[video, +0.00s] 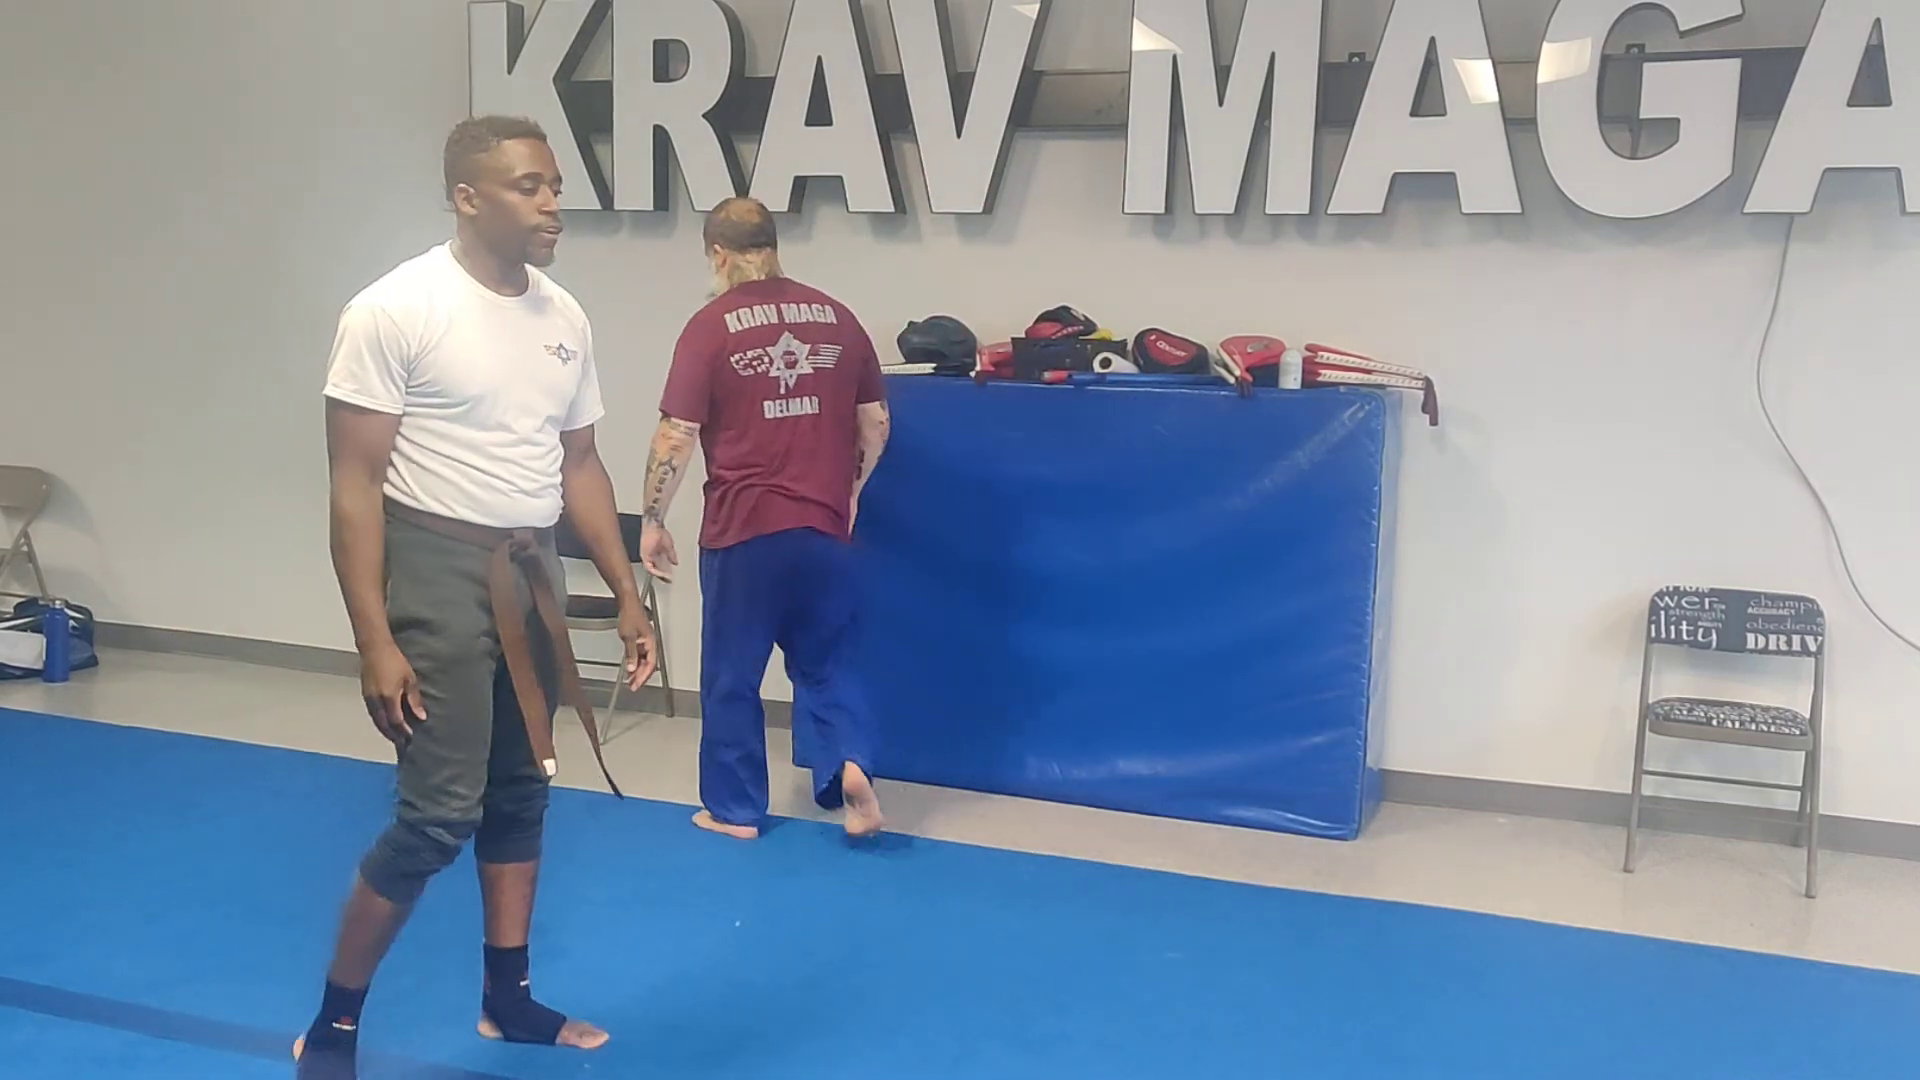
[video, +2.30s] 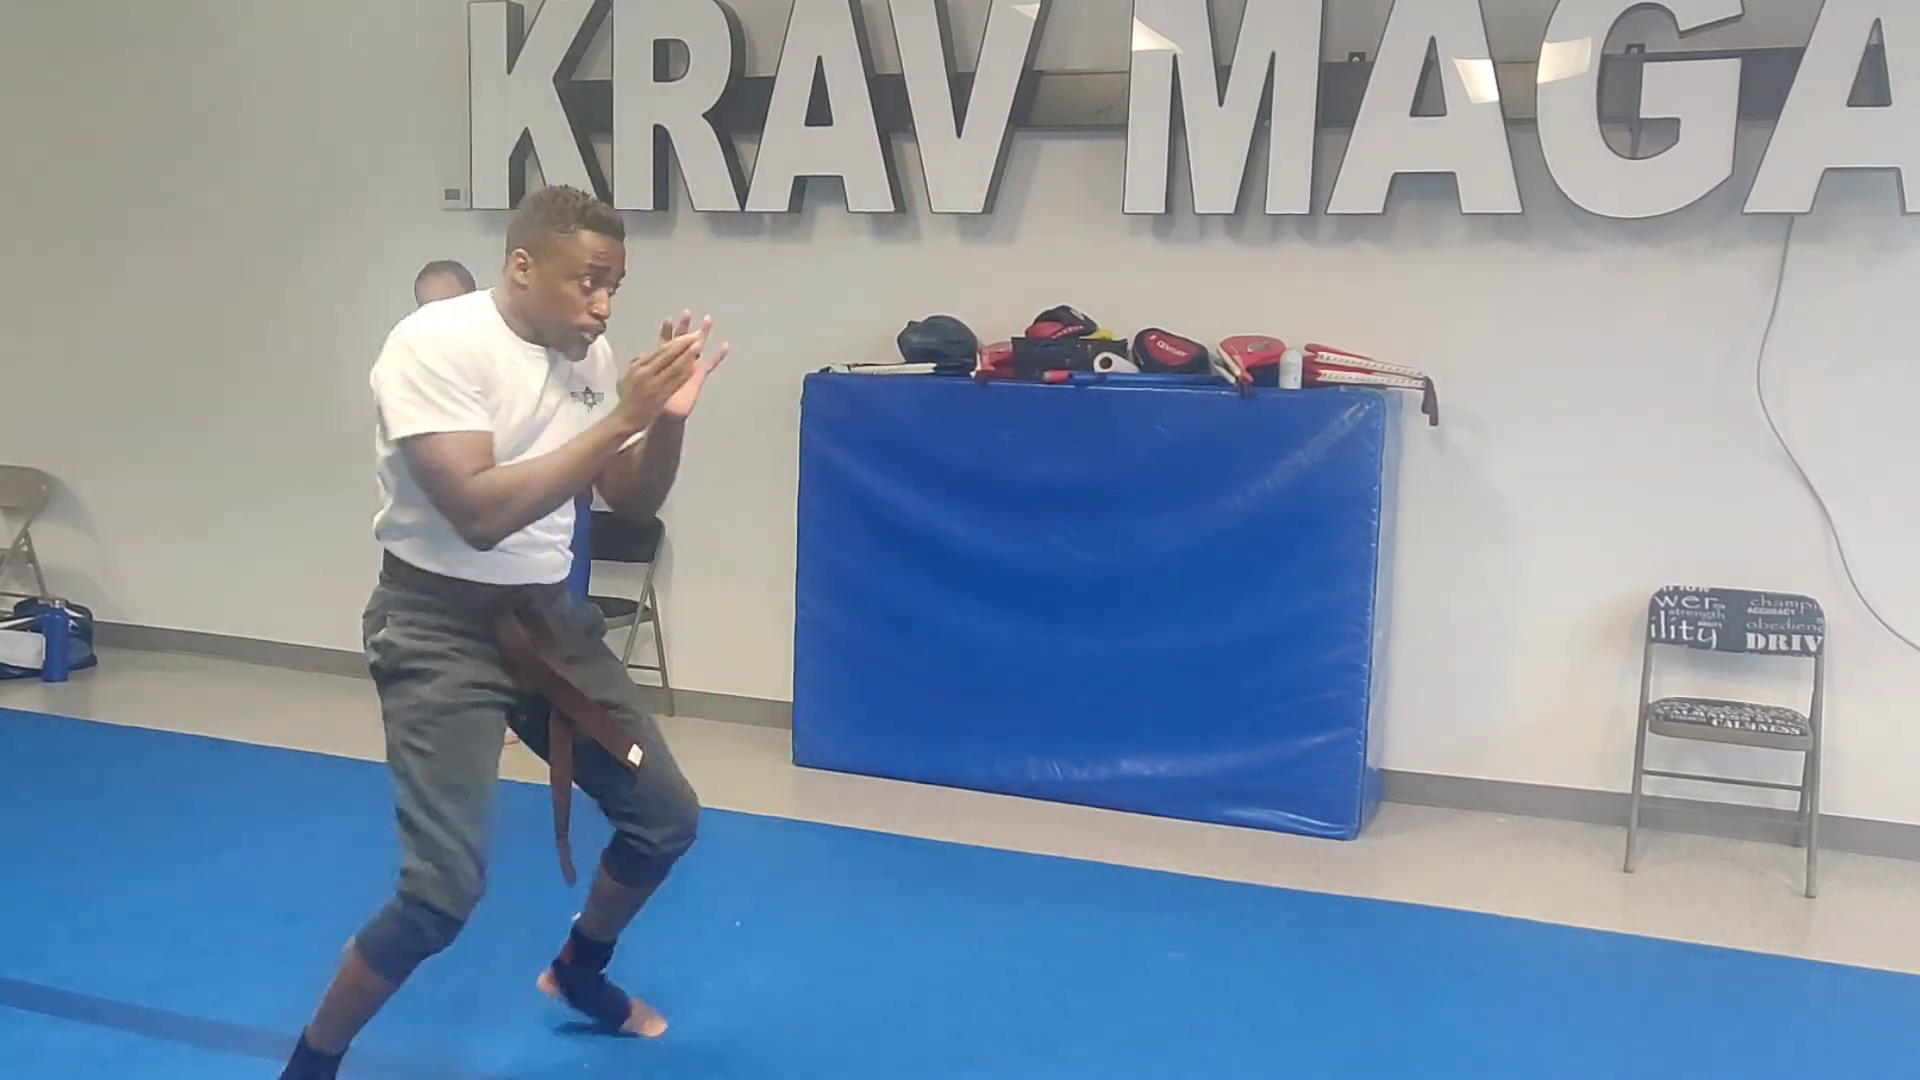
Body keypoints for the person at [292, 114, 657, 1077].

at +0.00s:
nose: (553, 201)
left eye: (555, 184)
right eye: (529, 185)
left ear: (555, 194)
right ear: (467, 200)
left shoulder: (563, 319)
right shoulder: (392, 313)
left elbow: (581, 463)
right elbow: (355, 483)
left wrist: (626, 590)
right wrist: (373, 639)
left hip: (526, 571)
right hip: (429, 564)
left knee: (518, 785)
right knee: (440, 807)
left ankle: (509, 996)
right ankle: (334, 1029)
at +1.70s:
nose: (597, 242)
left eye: (601, 221)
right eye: (576, 222)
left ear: (602, 224)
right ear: (507, 227)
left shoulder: (604, 333)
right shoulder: (423, 318)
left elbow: (593, 491)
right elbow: (367, 490)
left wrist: (627, 622)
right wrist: (443, 628)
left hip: (563, 588)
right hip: (455, 580)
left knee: (612, 807)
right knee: (462, 859)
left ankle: (554, 1005)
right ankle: (391, 1067)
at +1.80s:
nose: (618, 273)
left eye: (619, 249)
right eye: (600, 253)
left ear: (563, 256)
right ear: (531, 255)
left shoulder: (575, 340)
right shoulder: (445, 350)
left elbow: (563, 484)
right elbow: (385, 504)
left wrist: (644, 506)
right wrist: (533, 543)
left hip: (549, 606)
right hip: (468, 610)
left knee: (618, 810)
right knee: (513, 874)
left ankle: (554, 1007)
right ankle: (386, 1063)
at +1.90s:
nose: (615, 284)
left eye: (615, 266)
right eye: (605, 268)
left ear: (513, 265)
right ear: (542, 270)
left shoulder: (427, 328)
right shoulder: (531, 334)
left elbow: (509, 466)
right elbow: (571, 483)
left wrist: (612, 389)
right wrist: (669, 385)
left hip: (443, 603)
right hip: (512, 616)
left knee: (616, 790)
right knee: (517, 881)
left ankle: (557, 1005)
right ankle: (359, 1066)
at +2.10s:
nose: (610, 324)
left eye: (611, 305)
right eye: (597, 303)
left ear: (519, 297)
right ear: (529, 293)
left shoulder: (427, 355)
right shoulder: (540, 353)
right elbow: (700, 394)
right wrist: (824, 294)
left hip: (418, 636)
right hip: (497, 645)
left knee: (616, 796)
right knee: (500, 920)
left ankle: (556, 1006)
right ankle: (364, 1074)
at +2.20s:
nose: (625, 302)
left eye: (629, 284)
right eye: (610, 282)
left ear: (553, 281)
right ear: (539, 275)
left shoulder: (550, 354)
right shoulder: (485, 339)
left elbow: (586, 484)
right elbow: (587, 479)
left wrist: (638, 417)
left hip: (518, 629)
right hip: (446, 626)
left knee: (622, 812)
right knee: (486, 892)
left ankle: (556, 1012)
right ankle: (340, 1072)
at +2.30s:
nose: (604, 307)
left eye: (613, 285)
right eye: (589, 282)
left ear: (615, 280)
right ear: (521, 268)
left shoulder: (589, 359)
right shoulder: (431, 344)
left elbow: (631, 500)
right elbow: (479, 510)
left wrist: (668, 419)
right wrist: (621, 420)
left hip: (549, 618)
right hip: (437, 620)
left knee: (665, 818)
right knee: (442, 892)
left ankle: (579, 968)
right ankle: (311, 1063)